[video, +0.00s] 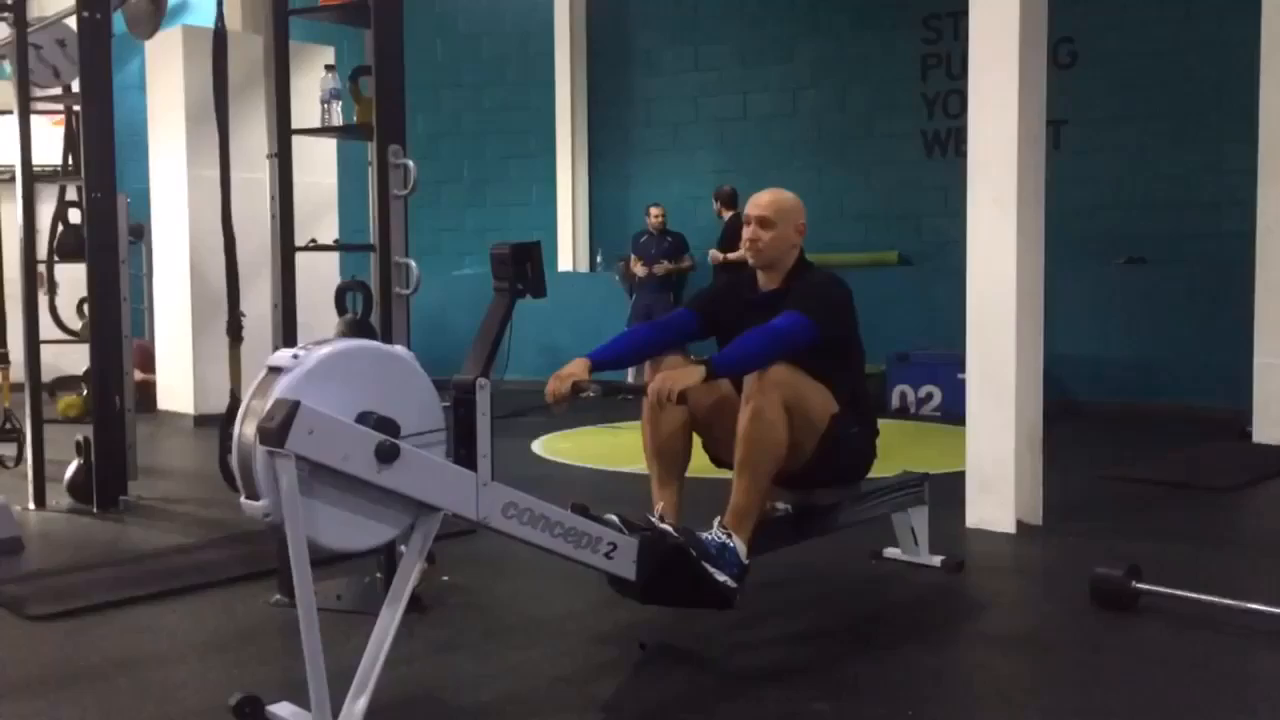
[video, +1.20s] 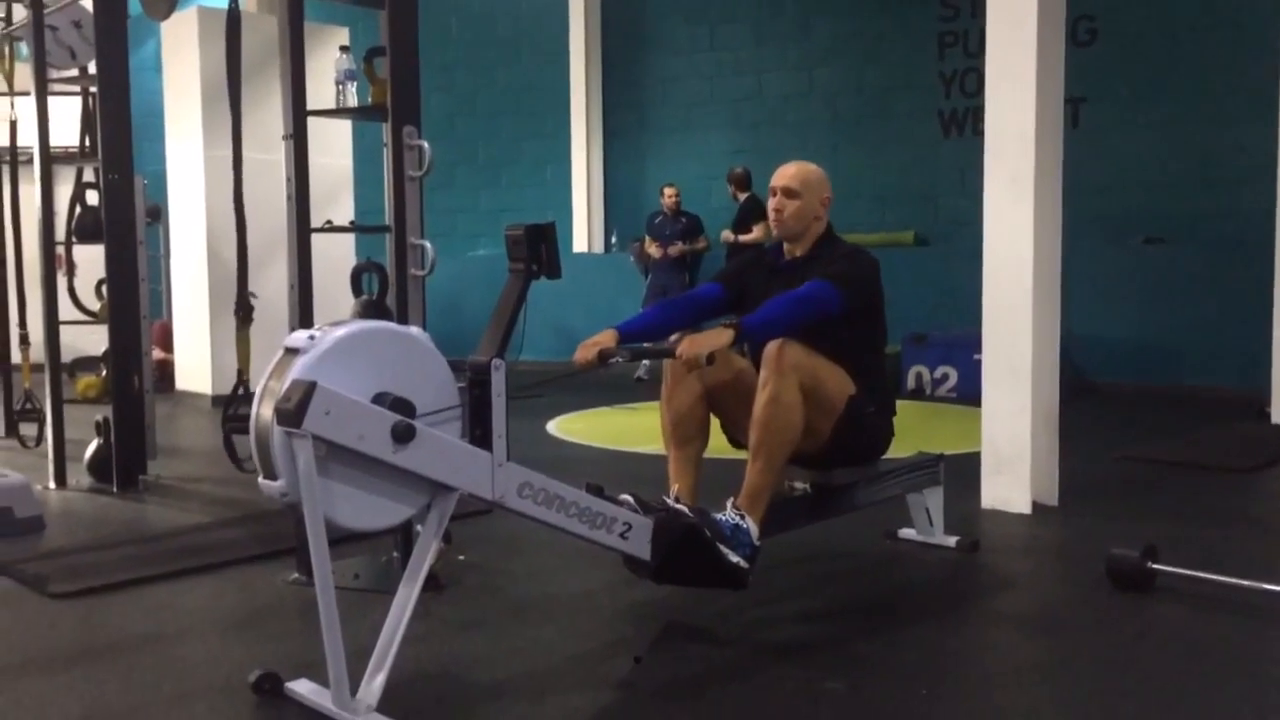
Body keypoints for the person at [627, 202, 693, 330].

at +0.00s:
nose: (660, 220)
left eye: (663, 216)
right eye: (656, 217)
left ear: (666, 217)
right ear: (648, 220)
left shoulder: (677, 238)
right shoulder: (638, 238)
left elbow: (689, 263)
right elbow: (633, 262)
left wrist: (670, 268)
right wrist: (637, 269)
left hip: (666, 296)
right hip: (642, 296)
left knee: (665, 335)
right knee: (637, 333)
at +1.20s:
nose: (674, 200)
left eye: (676, 196)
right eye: (670, 196)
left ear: (680, 198)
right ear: (662, 199)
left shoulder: (691, 220)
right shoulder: (654, 219)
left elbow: (704, 243)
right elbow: (648, 242)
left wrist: (684, 248)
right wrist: (652, 249)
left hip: (680, 276)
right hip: (658, 275)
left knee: (679, 318)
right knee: (649, 316)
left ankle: (680, 364)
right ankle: (645, 362)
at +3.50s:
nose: (667, 175)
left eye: (670, 172)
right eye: (663, 172)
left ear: (676, 174)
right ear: (658, 174)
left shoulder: (687, 196)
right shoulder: (649, 195)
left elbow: (700, 220)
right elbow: (644, 219)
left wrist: (682, 225)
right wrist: (646, 226)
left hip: (675, 253)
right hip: (653, 252)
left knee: (672, 296)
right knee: (647, 295)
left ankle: (666, 342)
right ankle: (642, 339)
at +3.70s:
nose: (667, 177)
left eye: (670, 173)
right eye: (663, 174)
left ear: (675, 176)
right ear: (658, 176)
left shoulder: (687, 198)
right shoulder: (649, 198)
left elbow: (700, 223)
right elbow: (644, 222)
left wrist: (682, 227)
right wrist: (647, 228)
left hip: (675, 254)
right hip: (653, 254)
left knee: (671, 297)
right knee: (647, 297)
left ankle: (666, 343)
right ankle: (642, 341)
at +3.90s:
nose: (669, 181)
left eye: (672, 177)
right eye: (665, 177)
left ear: (676, 179)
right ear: (659, 180)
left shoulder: (688, 201)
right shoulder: (650, 201)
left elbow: (701, 225)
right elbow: (644, 225)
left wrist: (682, 230)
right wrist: (647, 231)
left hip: (675, 257)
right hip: (653, 256)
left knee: (672, 300)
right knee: (647, 299)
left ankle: (666, 346)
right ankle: (642, 344)